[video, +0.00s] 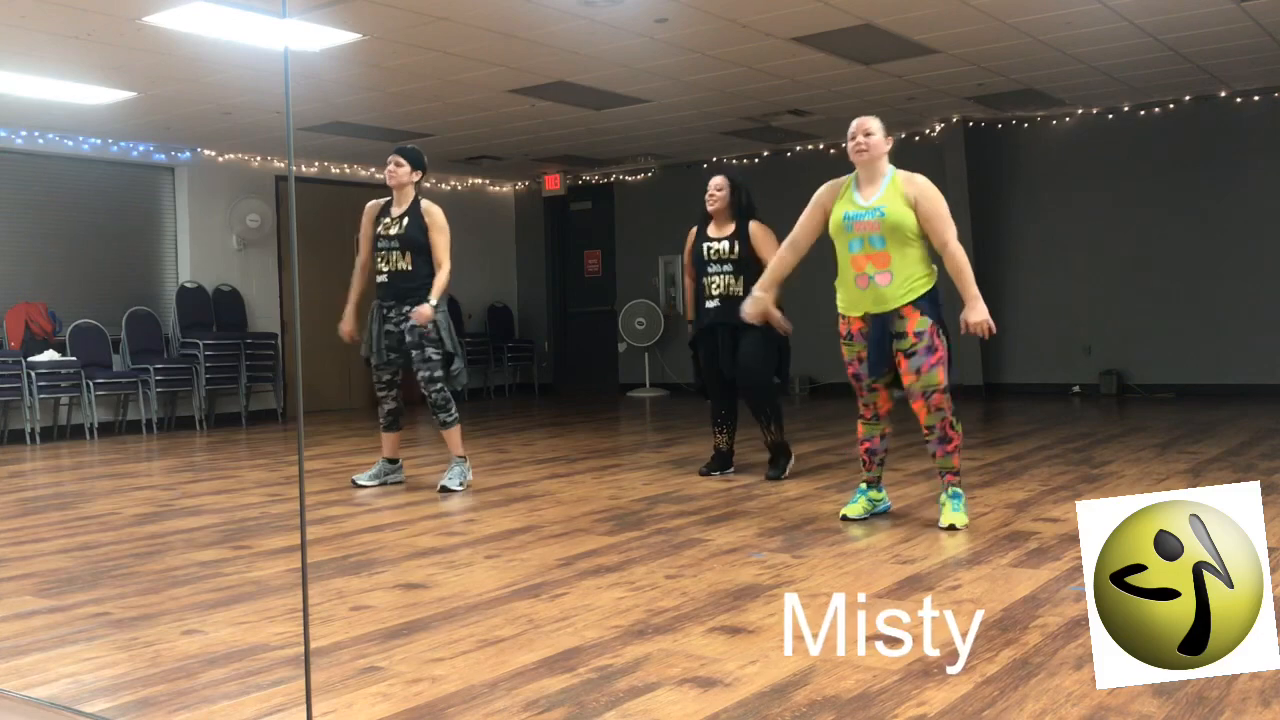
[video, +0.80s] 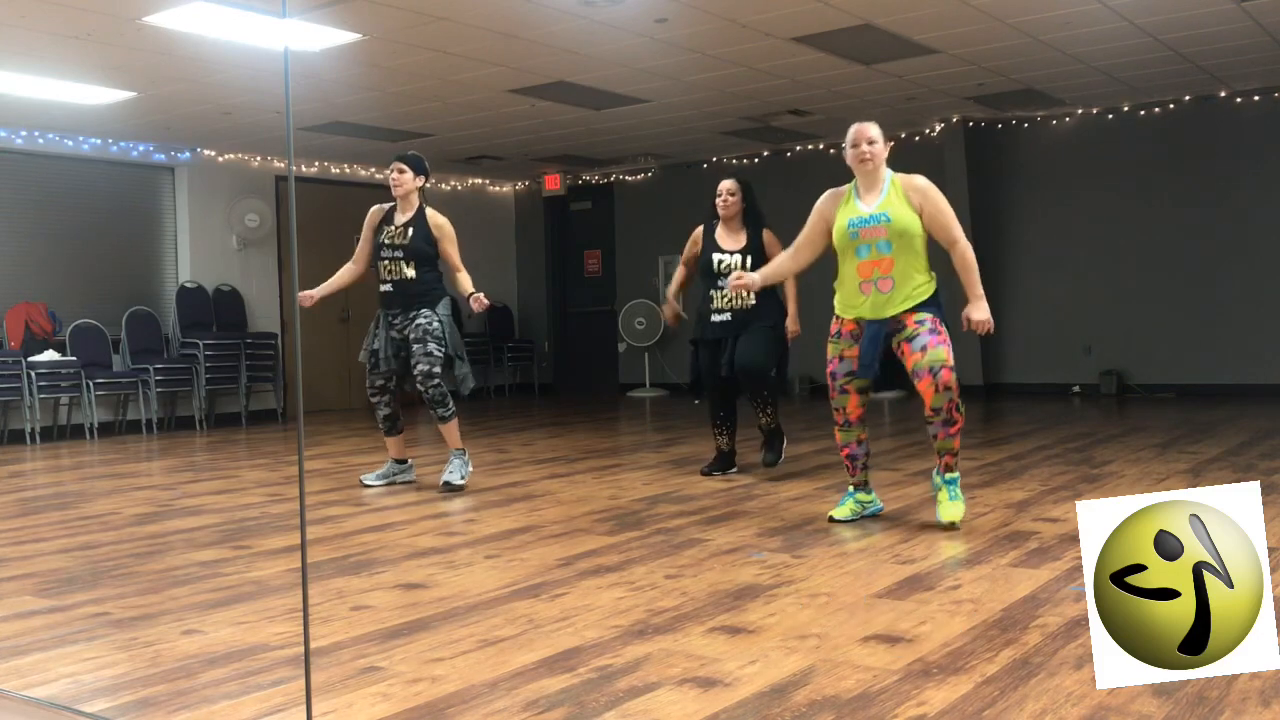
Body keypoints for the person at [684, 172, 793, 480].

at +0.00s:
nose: (710, 195)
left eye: (718, 189)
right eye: (708, 190)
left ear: (734, 195)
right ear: (705, 197)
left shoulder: (754, 231)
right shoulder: (696, 235)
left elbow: (779, 269)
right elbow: (690, 277)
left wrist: (767, 305)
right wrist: (691, 319)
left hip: (751, 327)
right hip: (712, 328)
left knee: (755, 386)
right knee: (719, 392)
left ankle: (779, 451)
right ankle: (722, 455)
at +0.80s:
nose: (723, 199)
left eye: (730, 194)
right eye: (719, 195)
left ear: (744, 200)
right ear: (714, 201)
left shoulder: (762, 237)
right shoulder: (702, 235)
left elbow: (787, 274)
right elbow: (685, 267)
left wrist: (792, 314)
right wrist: (671, 297)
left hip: (758, 327)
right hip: (716, 329)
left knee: (751, 372)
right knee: (718, 392)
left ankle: (772, 435)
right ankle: (725, 454)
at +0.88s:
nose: (725, 197)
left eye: (732, 192)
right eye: (720, 192)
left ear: (745, 196)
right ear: (715, 198)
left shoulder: (763, 232)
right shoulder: (705, 230)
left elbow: (786, 272)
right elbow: (690, 264)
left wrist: (793, 312)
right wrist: (662, 255)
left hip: (758, 324)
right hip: (718, 326)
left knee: (753, 380)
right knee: (721, 388)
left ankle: (775, 445)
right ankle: (725, 454)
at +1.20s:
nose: (736, 199)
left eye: (743, 194)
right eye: (732, 194)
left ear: (758, 198)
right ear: (728, 200)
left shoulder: (775, 230)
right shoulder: (723, 234)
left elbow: (791, 272)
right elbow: (700, 266)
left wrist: (761, 282)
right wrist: (685, 232)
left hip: (771, 325)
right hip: (733, 326)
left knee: (771, 387)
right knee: (705, 376)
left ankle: (779, 458)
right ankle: (718, 445)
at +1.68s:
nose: (740, 196)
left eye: (747, 191)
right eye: (736, 191)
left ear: (762, 196)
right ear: (732, 198)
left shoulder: (777, 223)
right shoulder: (729, 234)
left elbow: (806, 249)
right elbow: (709, 269)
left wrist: (783, 255)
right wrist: (693, 237)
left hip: (776, 322)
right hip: (737, 323)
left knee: (774, 386)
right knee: (712, 373)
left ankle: (780, 458)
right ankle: (723, 440)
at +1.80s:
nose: (738, 200)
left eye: (746, 195)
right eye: (735, 194)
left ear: (759, 201)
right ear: (730, 200)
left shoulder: (774, 228)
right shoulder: (728, 239)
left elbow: (808, 251)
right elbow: (716, 284)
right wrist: (698, 259)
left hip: (775, 326)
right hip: (737, 326)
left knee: (774, 388)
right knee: (705, 368)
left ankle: (780, 458)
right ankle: (721, 428)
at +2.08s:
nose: (738, 200)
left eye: (745, 195)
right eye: (733, 194)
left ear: (757, 199)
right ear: (727, 199)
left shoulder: (776, 233)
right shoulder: (713, 230)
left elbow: (796, 275)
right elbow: (689, 262)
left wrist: (805, 314)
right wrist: (677, 272)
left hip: (768, 329)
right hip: (724, 329)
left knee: (768, 392)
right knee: (725, 392)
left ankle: (777, 457)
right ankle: (728, 456)